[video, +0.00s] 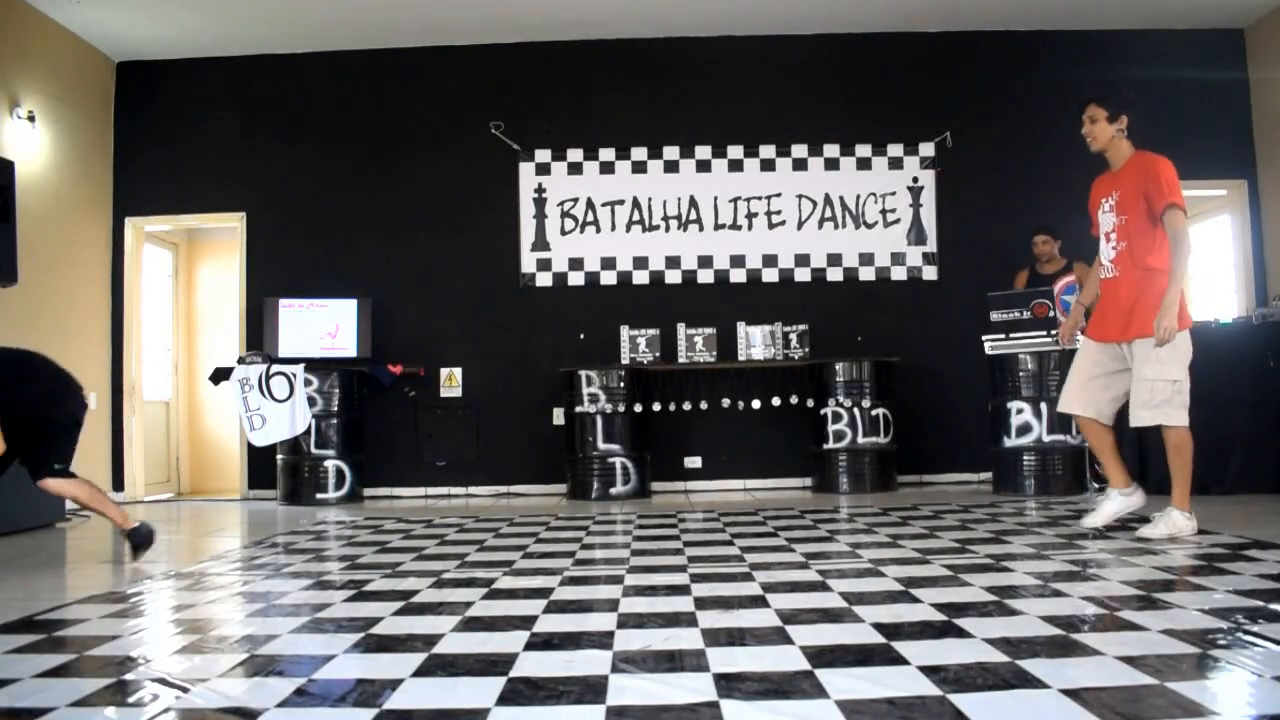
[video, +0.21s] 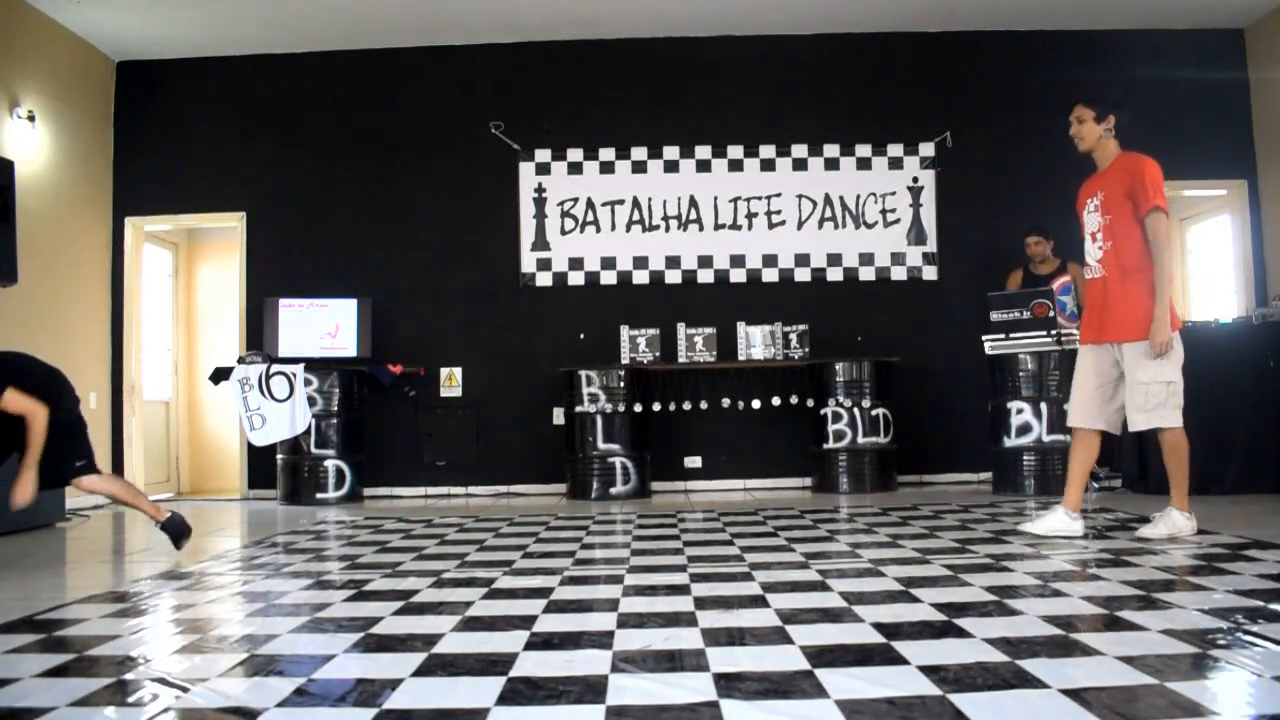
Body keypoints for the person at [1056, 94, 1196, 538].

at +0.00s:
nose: (1084, 130)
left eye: (1092, 121)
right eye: (1084, 123)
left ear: (1120, 124)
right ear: (1095, 131)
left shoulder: (1153, 167)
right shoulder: (1099, 187)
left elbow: (1180, 232)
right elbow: (1105, 258)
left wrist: (1170, 300)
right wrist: (1077, 310)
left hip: (1158, 311)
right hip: (1111, 315)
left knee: (1171, 411)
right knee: (1081, 402)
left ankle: (1181, 512)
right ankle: (1123, 490)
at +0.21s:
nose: (1072, 130)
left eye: (1080, 122)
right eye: (1071, 124)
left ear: (1108, 124)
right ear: (1080, 132)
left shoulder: (1139, 167)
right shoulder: (1086, 190)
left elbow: (1161, 241)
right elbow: (1096, 260)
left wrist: (1161, 314)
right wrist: (1089, 314)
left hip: (1146, 320)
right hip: (1100, 322)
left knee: (1165, 417)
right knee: (1086, 417)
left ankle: (1181, 512)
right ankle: (1069, 512)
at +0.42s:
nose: (1064, 129)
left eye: (1071, 118)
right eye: (1061, 123)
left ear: (1098, 119)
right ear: (1070, 130)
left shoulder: (1133, 165)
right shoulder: (1079, 187)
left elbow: (1169, 233)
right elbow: (1092, 253)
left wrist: (1158, 308)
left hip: (1134, 322)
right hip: (1086, 326)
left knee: (1166, 416)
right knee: (1083, 423)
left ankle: (1197, 509)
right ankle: (1082, 515)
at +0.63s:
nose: (1163, 112)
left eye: (1172, 102)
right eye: (1163, 104)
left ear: (1201, 106)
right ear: (1181, 112)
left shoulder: (1234, 151)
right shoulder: (1183, 173)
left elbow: (1275, 206)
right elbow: (1196, 238)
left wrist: (1277, 286)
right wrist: (1163, 268)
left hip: (1232, 312)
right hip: (1182, 318)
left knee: (1266, 416)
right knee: (1195, 423)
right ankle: (1205, 519)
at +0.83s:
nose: (1261, 98)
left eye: (1269, 88)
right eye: (1260, 89)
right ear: (1261, 98)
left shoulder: (1271, 170)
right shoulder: (1268, 171)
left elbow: (1264, 247)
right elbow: (1266, 244)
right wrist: (1259, 287)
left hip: (1278, 314)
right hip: (1272, 314)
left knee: (1269, 413)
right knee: (1267, 413)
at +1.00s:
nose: (1274, 93)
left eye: (1278, 85)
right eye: (1275, 85)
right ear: (1274, 90)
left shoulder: (1276, 168)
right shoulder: (1276, 168)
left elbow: (1276, 239)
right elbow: (1277, 238)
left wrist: (1252, 299)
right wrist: (1252, 299)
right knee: (1279, 414)